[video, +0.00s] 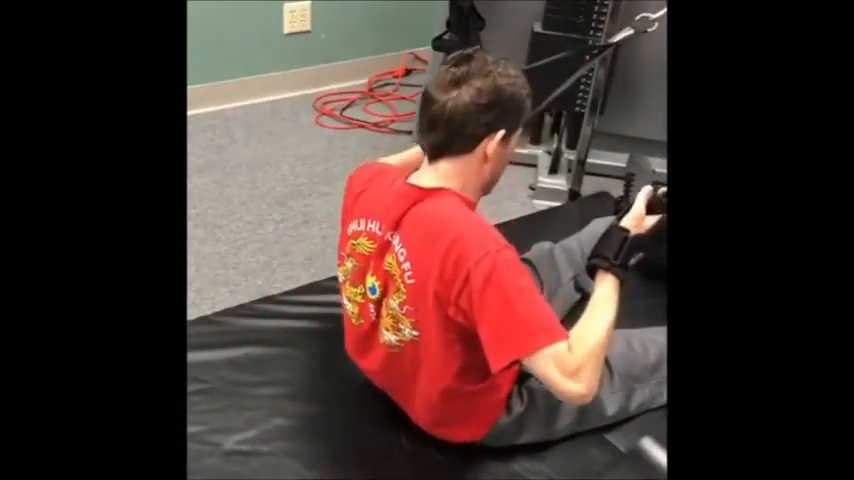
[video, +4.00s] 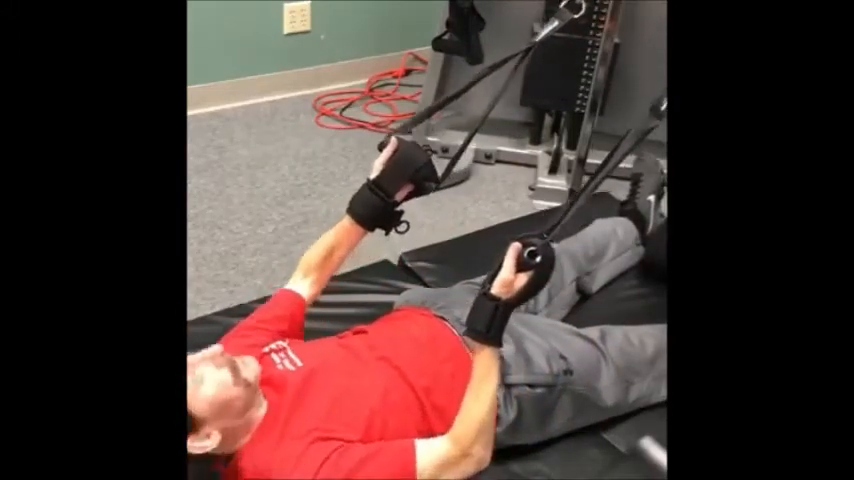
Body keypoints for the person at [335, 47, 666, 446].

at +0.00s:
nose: (511, 155)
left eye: (514, 143)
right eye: (513, 142)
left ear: (432, 132)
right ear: (491, 146)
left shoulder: (366, 185)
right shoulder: (478, 252)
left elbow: (381, 171)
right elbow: (577, 380)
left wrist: (450, 140)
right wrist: (616, 252)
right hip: (481, 409)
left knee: (606, 231)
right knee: (663, 348)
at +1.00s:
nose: (382, 206)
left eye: (374, 197)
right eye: (373, 206)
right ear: (348, 248)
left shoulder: (286, 274)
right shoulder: (397, 368)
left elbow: (336, 202)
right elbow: (526, 424)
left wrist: (414, 162)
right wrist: (569, 298)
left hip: (460, 304)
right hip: (511, 369)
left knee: (544, 256)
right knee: (662, 347)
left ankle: (627, 224)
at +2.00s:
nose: (241, 380)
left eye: (218, 383)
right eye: (228, 406)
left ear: (214, 373)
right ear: (235, 466)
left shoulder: (243, 363)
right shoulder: (332, 476)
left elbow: (322, 277)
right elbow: (490, 464)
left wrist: (401, 202)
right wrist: (538, 341)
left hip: (437, 310)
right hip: (505, 382)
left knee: (547, 260)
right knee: (656, 350)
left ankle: (637, 220)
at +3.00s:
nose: (198, 417)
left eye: (183, 415)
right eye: (187, 438)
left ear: (186, 409)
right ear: (194, 474)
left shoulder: (222, 381)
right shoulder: (289, 475)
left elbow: (315, 300)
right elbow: (449, 457)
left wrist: (386, 214)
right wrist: (500, 329)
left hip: (426, 312)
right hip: (488, 385)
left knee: (552, 270)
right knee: (646, 352)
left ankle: (635, 221)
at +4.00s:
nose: (222, 353)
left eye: (204, 354)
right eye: (206, 375)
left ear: (211, 346)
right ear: (204, 438)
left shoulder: (242, 350)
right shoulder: (292, 467)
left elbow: (310, 276)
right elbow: (463, 454)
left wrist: (378, 194)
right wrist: (496, 312)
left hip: (430, 311)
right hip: (488, 380)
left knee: (548, 265)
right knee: (638, 356)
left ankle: (634, 223)